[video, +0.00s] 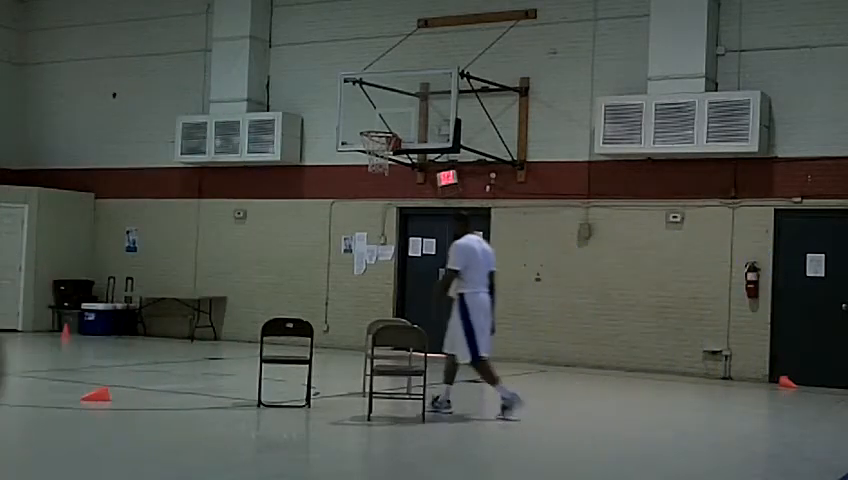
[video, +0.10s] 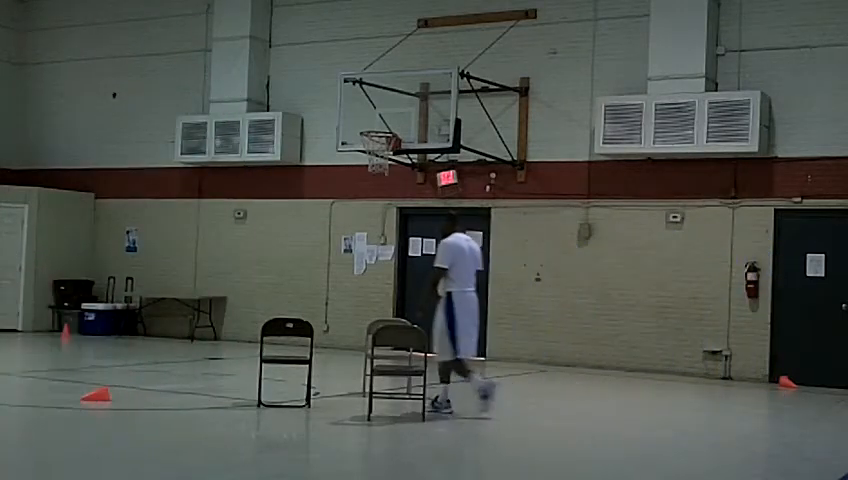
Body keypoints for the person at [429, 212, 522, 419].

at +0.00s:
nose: (453, 229)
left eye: (454, 225)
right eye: (454, 224)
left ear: (460, 225)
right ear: (471, 225)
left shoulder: (459, 245)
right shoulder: (486, 246)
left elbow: (451, 275)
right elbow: (491, 283)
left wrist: (439, 292)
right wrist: (491, 317)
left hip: (466, 298)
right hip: (482, 298)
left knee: (473, 354)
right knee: (452, 350)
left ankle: (506, 395)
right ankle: (444, 398)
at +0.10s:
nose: (441, 228)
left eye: (443, 224)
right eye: (443, 224)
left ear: (448, 225)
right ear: (459, 225)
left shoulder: (448, 244)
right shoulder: (473, 245)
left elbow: (438, 272)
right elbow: (477, 274)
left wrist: (432, 289)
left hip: (452, 296)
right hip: (469, 296)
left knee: (446, 351)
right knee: (450, 350)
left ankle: (480, 385)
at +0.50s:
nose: (383, 235)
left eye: (384, 231)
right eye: (383, 231)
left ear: (392, 228)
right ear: (402, 227)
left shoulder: (396, 247)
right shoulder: (421, 242)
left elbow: (375, 281)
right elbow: (430, 267)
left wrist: (348, 304)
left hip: (405, 299)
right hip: (426, 297)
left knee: (383, 347)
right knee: (431, 349)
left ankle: (362, 392)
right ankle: (441, 396)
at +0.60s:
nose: (364, 238)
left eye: (364, 233)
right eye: (363, 234)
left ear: (369, 232)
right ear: (381, 229)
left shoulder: (378, 249)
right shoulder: (404, 243)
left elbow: (354, 285)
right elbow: (415, 264)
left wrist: (327, 308)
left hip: (391, 298)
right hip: (413, 297)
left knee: (366, 345)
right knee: (413, 346)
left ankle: (358, 393)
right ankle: (436, 388)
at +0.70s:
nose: (350, 241)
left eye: (349, 237)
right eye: (349, 237)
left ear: (352, 235)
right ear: (364, 229)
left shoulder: (361, 251)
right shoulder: (390, 241)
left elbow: (339, 288)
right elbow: (404, 267)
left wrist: (314, 312)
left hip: (380, 296)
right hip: (402, 294)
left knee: (359, 345)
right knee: (396, 344)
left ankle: (357, 394)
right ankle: (422, 382)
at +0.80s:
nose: (337, 239)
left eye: (336, 236)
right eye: (336, 236)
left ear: (340, 234)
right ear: (352, 228)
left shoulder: (350, 249)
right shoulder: (378, 238)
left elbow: (334, 286)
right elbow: (397, 263)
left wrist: (311, 312)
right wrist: (402, 287)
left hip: (372, 293)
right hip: (393, 290)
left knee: (355, 343)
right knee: (385, 339)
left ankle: (356, 394)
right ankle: (405, 381)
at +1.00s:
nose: (322, 240)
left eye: (321, 237)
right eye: (320, 237)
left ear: (324, 233)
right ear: (335, 227)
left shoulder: (336, 246)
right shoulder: (361, 237)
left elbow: (323, 284)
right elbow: (380, 264)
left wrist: (300, 314)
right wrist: (387, 294)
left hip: (359, 291)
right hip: (377, 288)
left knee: (355, 343)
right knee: (363, 341)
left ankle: (356, 393)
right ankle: (359, 389)